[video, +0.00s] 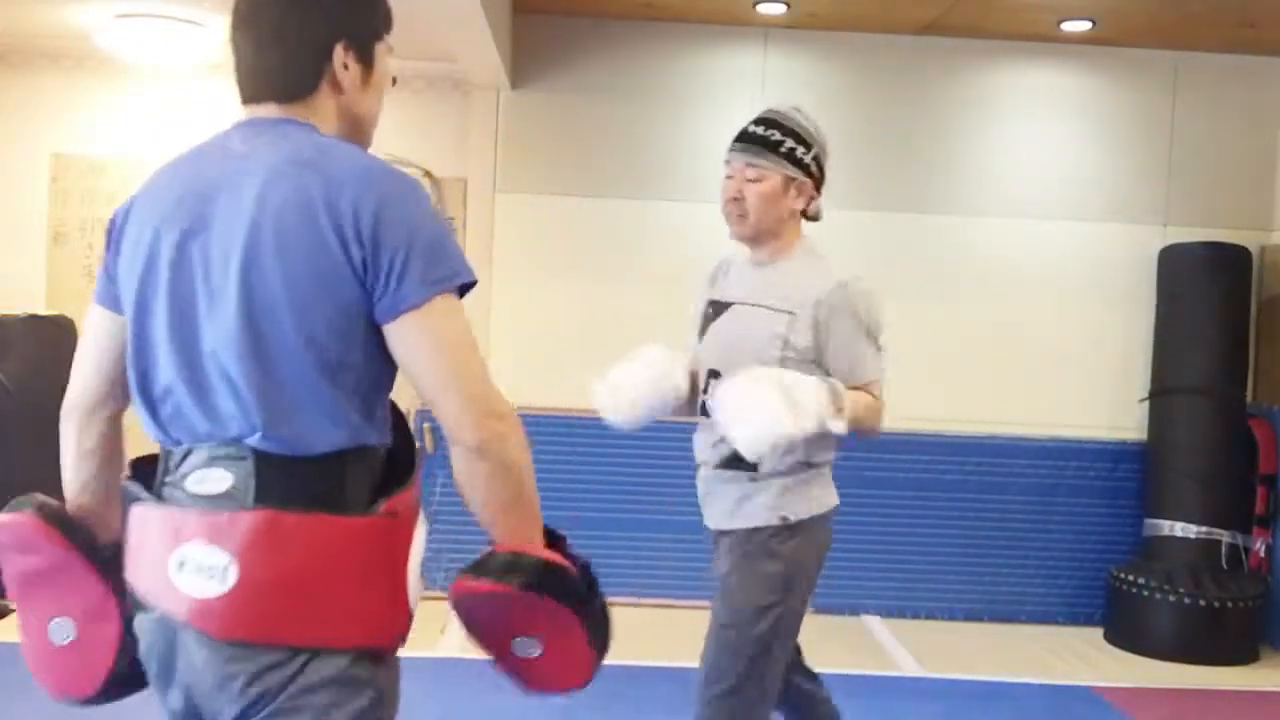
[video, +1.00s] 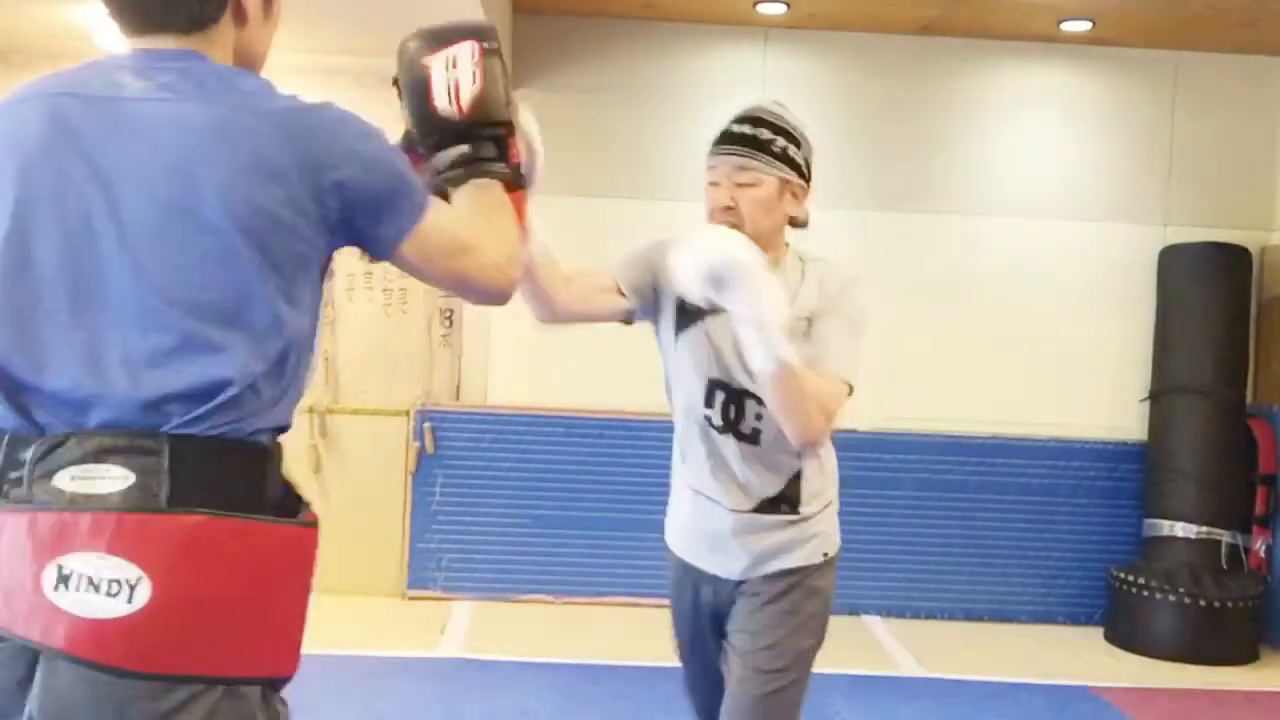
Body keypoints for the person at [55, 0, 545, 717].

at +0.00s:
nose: (384, 92)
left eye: (387, 72)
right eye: (383, 69)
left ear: (252, 68)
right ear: (343, 66)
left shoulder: (151, 201)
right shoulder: (370, 193)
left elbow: (89, 407)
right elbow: (478, 423)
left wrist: (96, 551)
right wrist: (529, 571)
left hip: (164, 584)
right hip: (299, 592)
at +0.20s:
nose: (376, 80)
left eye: (379, 56)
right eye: (374, 53)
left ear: (233, 46)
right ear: (333, 45)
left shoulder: (123, 192)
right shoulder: (345, 180)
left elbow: (87, 423)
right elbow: (510, 410)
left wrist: (110, 537)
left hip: (121, 570)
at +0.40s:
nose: (353, 49)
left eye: (356, 27)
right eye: (353, 25)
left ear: (205, 26)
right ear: (315, 20)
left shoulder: (100, 165)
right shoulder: (317, 154)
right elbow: (548, 323)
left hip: (104, 572)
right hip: (257, 585)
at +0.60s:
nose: (321, 24)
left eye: (320, 4)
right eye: (316, 3)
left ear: (168, 21)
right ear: (280, 12)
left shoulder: (81, 148)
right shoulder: (286, 137)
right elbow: (546, 236)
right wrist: (499, 79)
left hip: (72, 563)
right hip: (221, 587)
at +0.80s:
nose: (293, 21)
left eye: (291, 6)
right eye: (287, 5)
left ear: (141, 22)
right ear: (249, 12)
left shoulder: (35, 155)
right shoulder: (275, 135)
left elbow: (13, 408)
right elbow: (532, 210)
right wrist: (460, 68)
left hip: (43, 548)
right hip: (211, 563)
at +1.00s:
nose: (275, 19)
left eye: (276, 6)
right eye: (274, 4)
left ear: (124, 13)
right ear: (243, 7)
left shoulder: (20, 117)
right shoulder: (305, 137)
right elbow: (492, 269)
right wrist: (476, 155)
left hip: (17, 503)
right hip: (195, 515)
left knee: (26, 704)